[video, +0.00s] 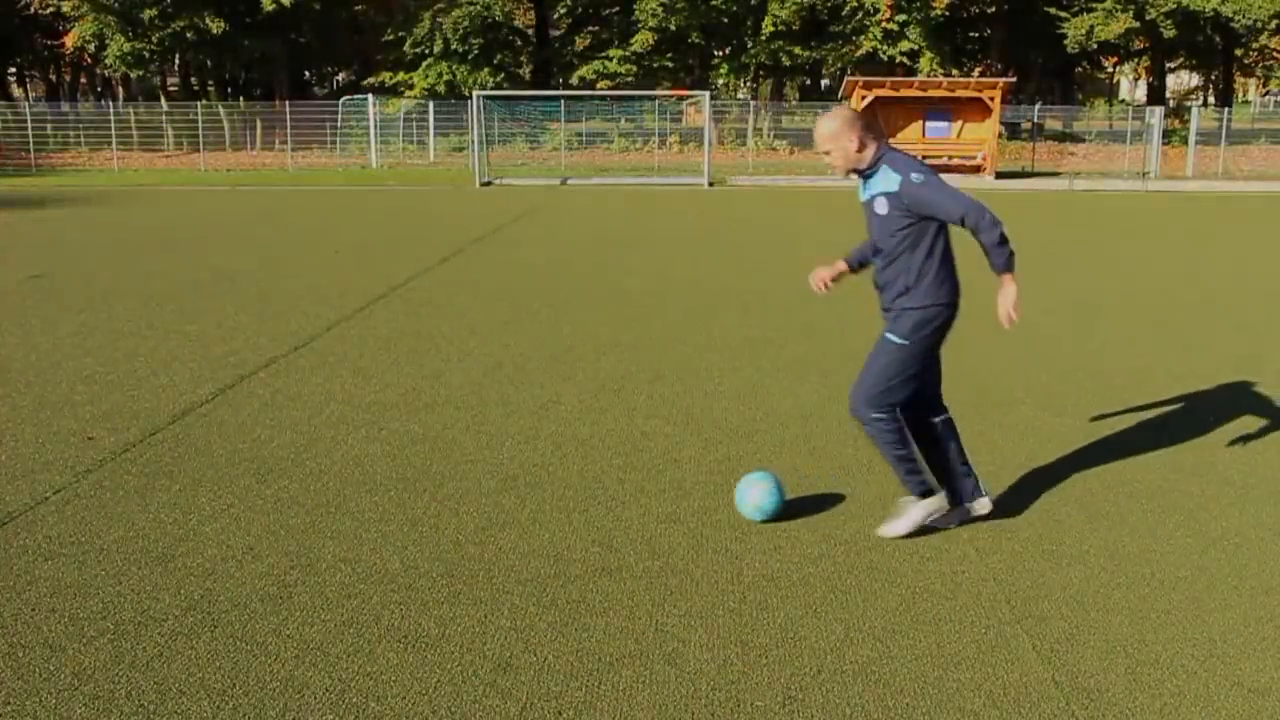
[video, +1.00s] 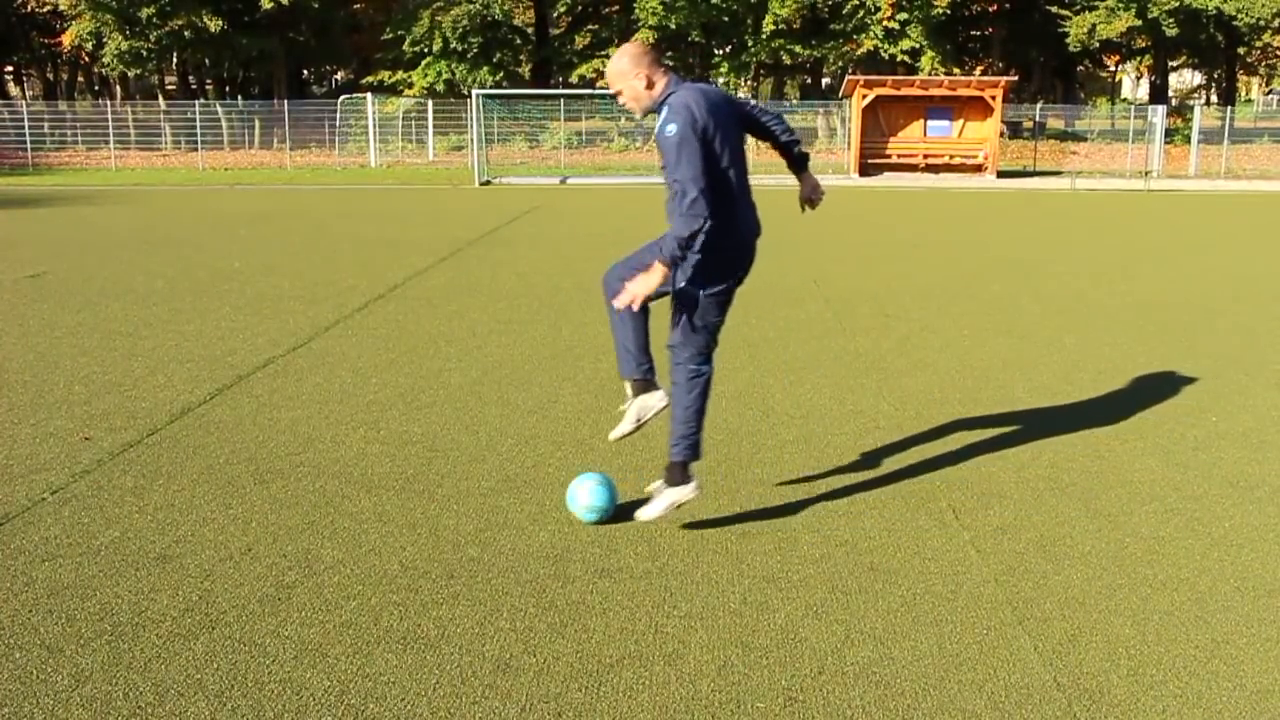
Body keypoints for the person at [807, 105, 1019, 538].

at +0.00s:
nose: (828, 163)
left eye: (830, 154)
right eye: (825, 155)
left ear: (857, 143)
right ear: (856, 144)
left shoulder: (905, 177)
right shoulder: (873, 175)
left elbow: (977, 216)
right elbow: (887, 238)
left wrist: (1007, 278)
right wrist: (843, 265)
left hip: (923, 308)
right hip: (907, 307)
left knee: (869, 402)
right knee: (923, 405)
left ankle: (925, 495)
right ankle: (969, 496)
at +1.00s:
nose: (620, 103)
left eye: (620, 93)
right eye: (616, 94)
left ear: (646, 79)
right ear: (654, 74)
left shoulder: (675, 121)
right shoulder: (708, 95)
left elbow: (692, 212)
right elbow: (771, 124)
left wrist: (656, 273)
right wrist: (805, 173)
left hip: (716, 250)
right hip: (720, 235)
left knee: (690, 357)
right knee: (620, 280)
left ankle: (679, 477)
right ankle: (642, 389)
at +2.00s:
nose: (502, 173)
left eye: (501, 163)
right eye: (498, 165)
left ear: (523, 151)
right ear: (530, 146)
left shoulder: (547, 193)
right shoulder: (592, 166)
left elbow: (565, 278)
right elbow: (649, 204)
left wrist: (576, 348)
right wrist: (685, 253)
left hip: (582, 316)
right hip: (608, 303)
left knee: (586, 426)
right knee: (529, 380)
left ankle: (654, 517)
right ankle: (476, 457)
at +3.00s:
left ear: (388, 194)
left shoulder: (406, 224)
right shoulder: (445, 199)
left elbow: (437, 282)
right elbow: (500, 225)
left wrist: (454, 345)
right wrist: (519, 274)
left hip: (470, 310)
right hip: (495, 299)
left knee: (403, 394)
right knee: (454, 390)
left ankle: (468, 475)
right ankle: (473, 476)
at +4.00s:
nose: (133, 146)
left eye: (137, 136)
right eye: (131, 137)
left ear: (166, 131)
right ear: (172, 132)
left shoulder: (183, 187)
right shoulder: (207, 179)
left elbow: (190, 280)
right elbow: (229, 255)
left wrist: (186, 358)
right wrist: (235, 317)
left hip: (163, 328)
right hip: (193, 327)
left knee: (72, 397)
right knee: (133, 422)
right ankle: (155, 534)